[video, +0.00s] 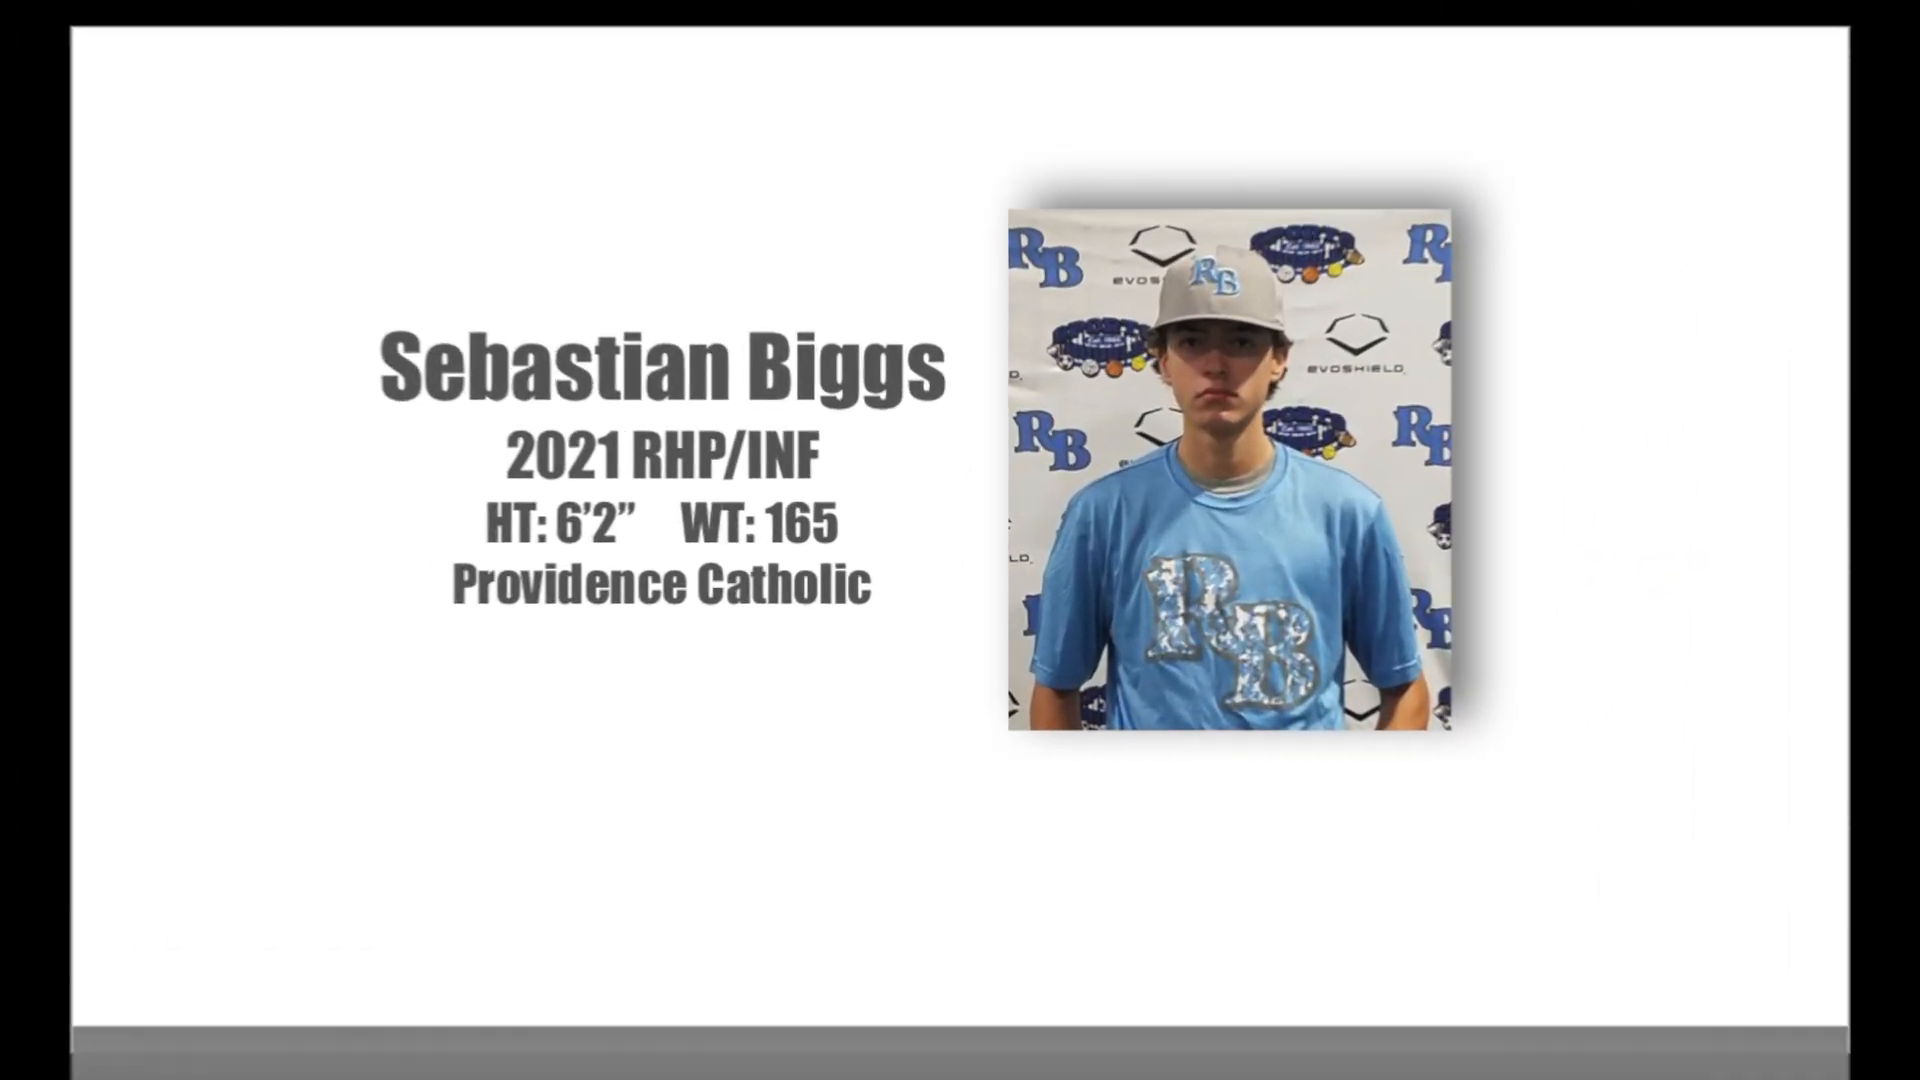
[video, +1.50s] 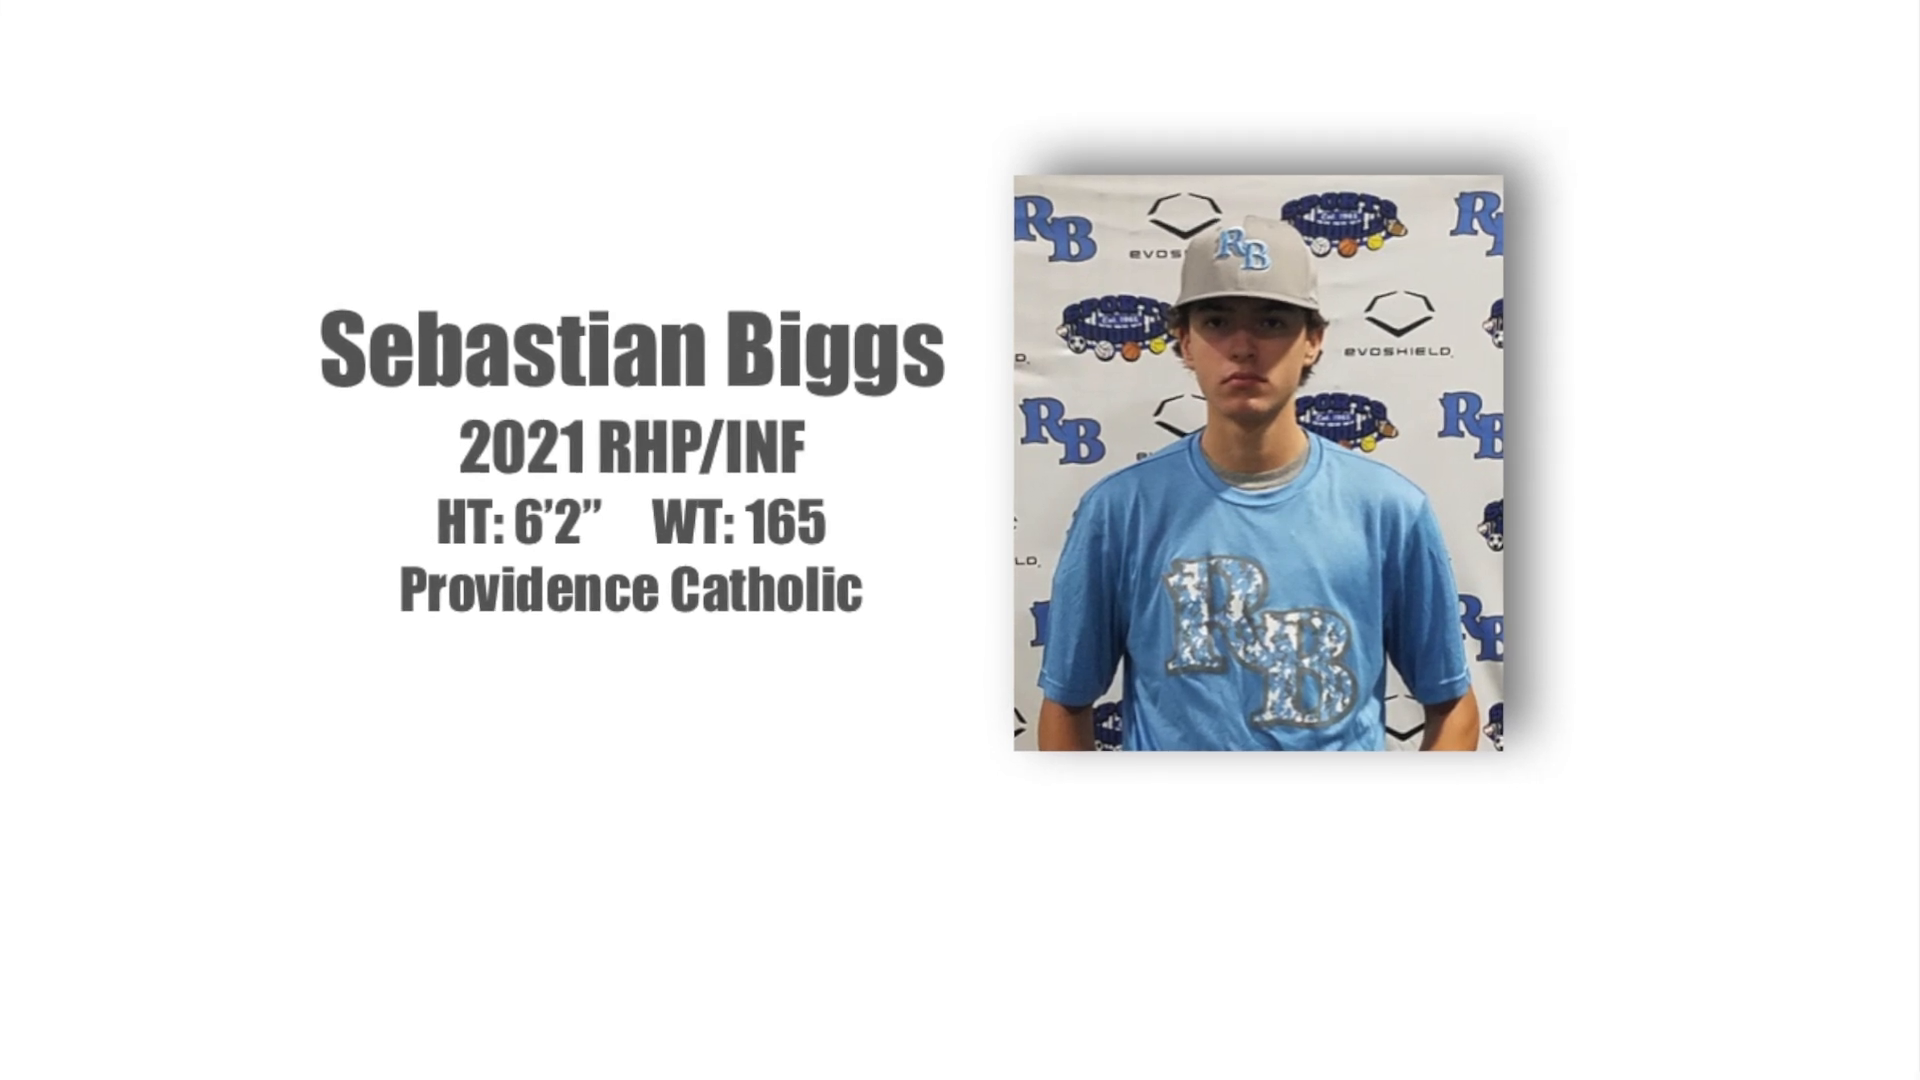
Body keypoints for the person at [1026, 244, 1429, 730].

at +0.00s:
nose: (1216, 364)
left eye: (1241, 341)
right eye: (1195, 342)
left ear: (1277, 361)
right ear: (1163, 363)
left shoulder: (1349, 513)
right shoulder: (1100, 515)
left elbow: (1407, 690)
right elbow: (1056, 693)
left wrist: (1370, 797)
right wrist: (1066, 802)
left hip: (1311, 793)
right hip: (1149, 793)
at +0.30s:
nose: (1233, 352)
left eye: (1260, 329)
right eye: (1210, 329)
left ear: (1299, 349)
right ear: (1177, 350)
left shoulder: (1376, 511)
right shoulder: (1110, 514)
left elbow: (1437, 702)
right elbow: (1062, 704)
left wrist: (1399, 815)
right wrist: (1073, 820)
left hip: (1334, 811)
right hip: (1163, 811)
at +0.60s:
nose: (1239, 348)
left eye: (1267, 324)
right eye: (1216, 324)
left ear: (1307, 346)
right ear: (1182, 346)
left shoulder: (1386, 511)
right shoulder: (1113, 513)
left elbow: (1447, 704)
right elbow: (1065, 707)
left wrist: (1409, 822)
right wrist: (1074, 826)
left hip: (1343, 821)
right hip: (1166, 820)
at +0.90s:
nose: (1241, 347)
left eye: (1268, 324)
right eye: (1217, 324)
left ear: (1308, 345)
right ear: (1183, 345)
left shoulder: (1388, 511)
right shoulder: (1114, 513)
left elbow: (1449, 706)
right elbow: (1065, 708)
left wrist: (1409, 820)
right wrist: (1076, 826)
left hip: (1344, 818)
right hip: (1167, 818)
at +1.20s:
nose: (1242, 347)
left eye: (1270, 323)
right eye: (1218, 323)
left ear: (1310, 344)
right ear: (1184, 344)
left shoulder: (1389, 510)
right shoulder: (1115, 513)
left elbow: (1452, 707)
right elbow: (1066, 708)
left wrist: (1413, 822)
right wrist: (1077, 827)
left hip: (1346, 819)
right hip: (1168, 819)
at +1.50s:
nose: (1243, 346)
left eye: (1271, 322)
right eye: (1220, 322)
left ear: (1311, 343)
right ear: (1185, 343)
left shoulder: (1392, 511)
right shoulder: (1116, 513)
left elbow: (1454, 707)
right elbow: (1067, 709)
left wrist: (1414, 823)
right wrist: (1079, 828)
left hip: (1348, 820)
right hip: (1169, 820)